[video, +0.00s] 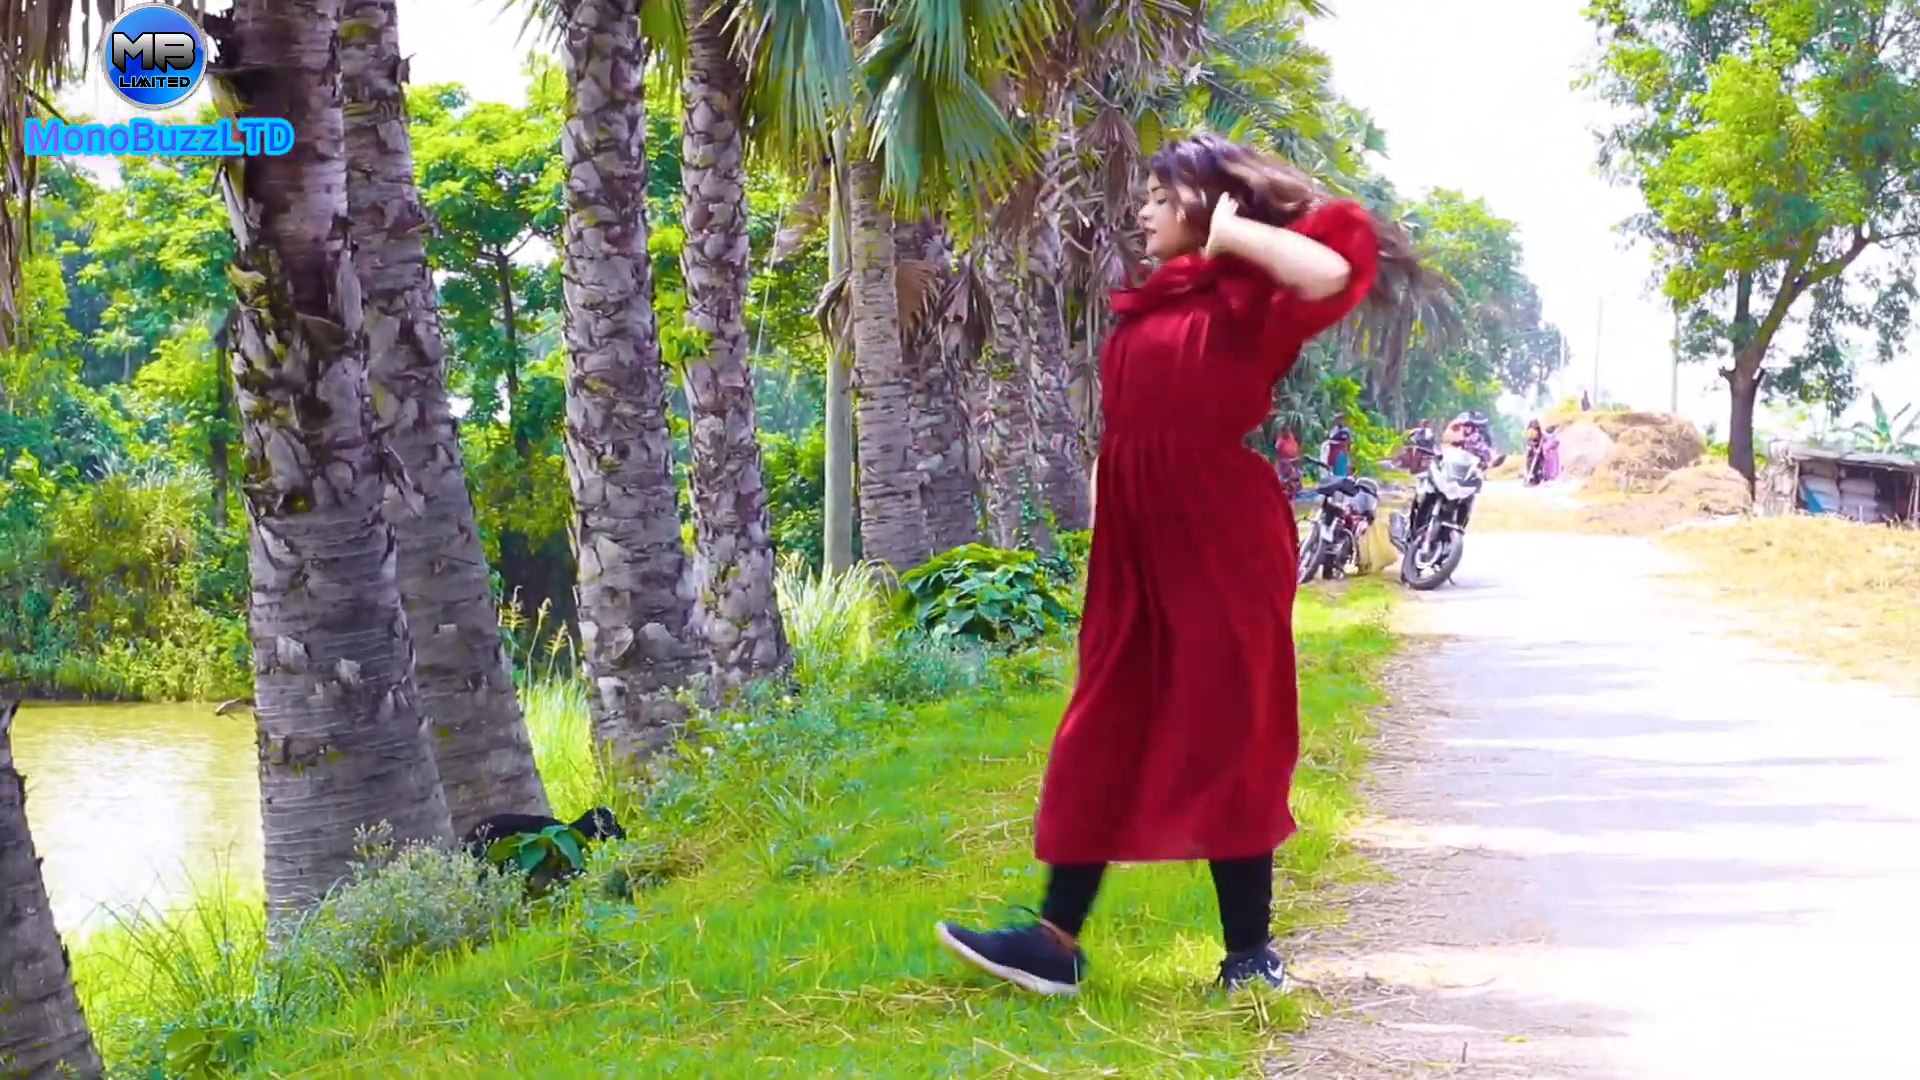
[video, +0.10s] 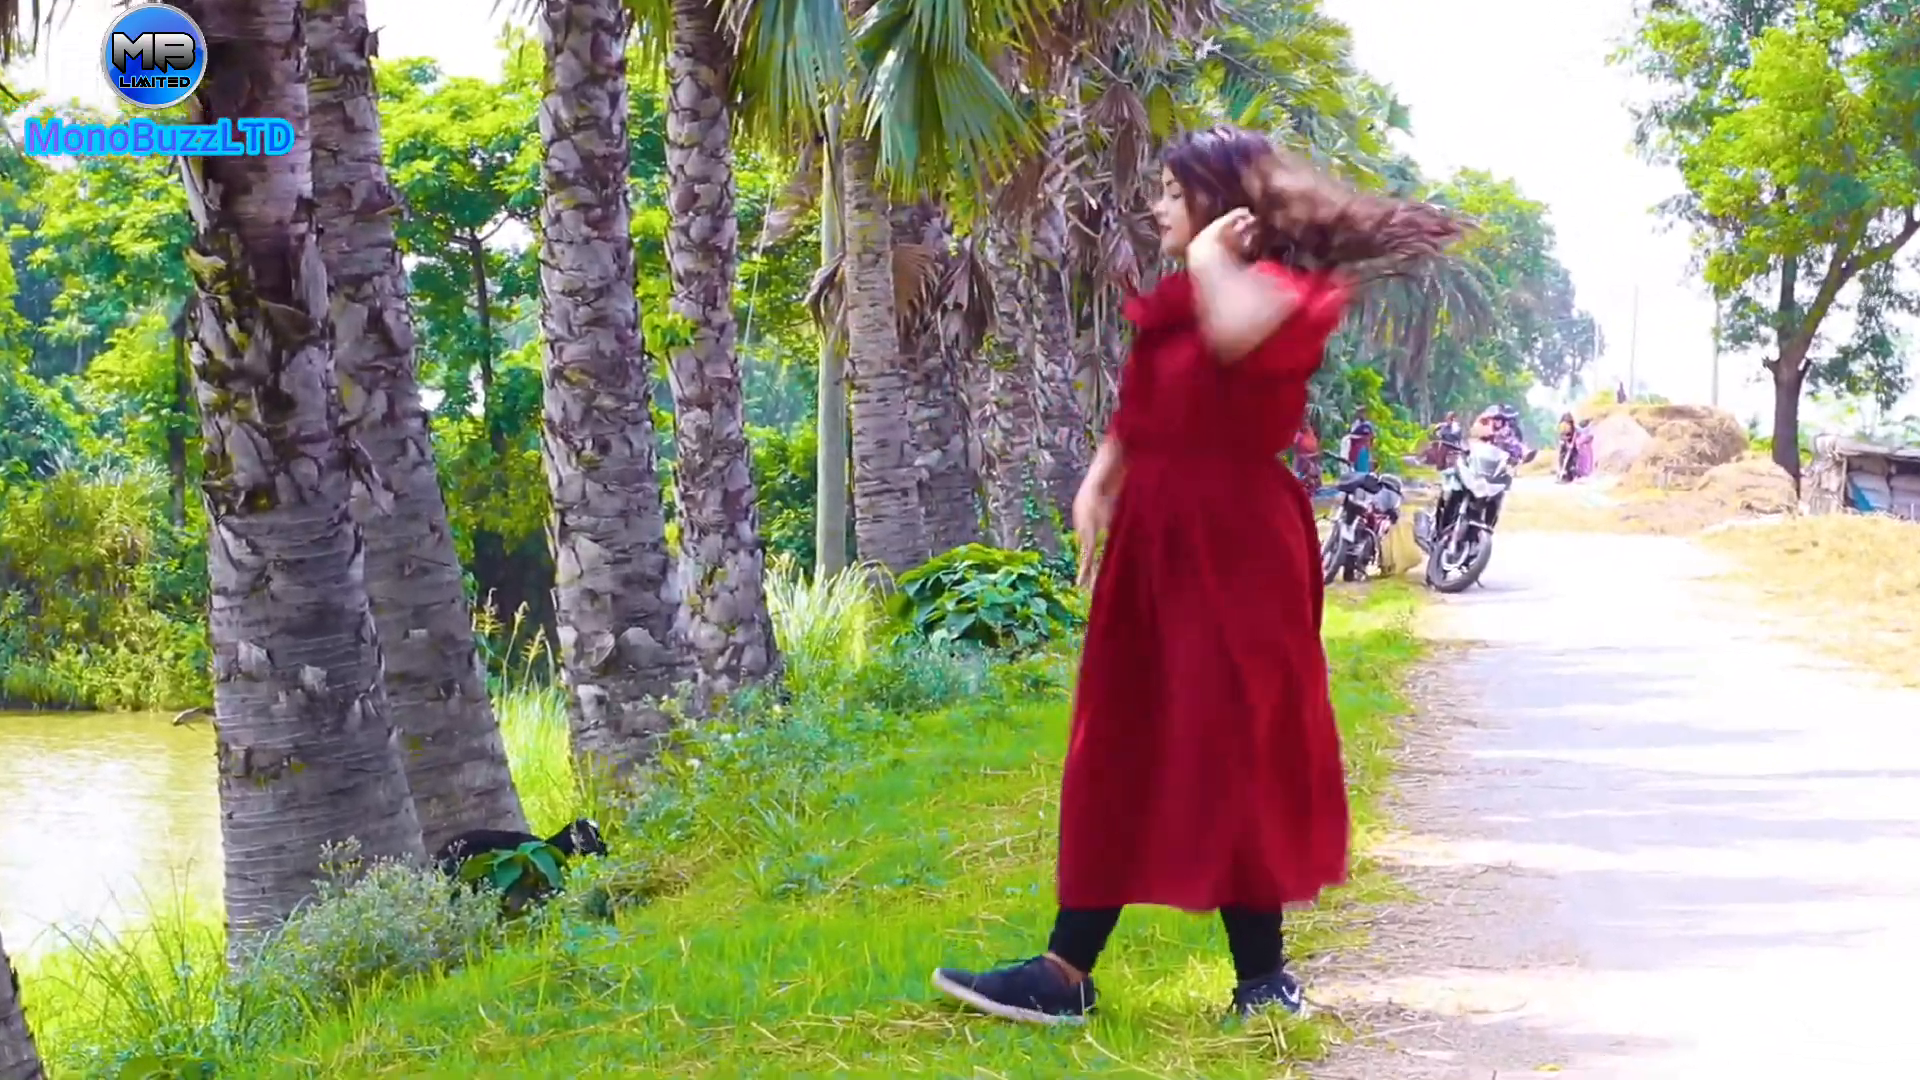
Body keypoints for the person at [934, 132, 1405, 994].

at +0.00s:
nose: (1141, 213)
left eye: (1159, 199)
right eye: (1144, 199)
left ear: (1210, 210)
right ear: (1164, 215)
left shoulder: (1249, 296)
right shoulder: (1144, 305)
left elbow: (1333, 276)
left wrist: (1232, 228)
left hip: (1225, 539)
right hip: (1134, 537)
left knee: (1231, 734)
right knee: (1100, 726)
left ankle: (1249, 957)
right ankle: (1055, 937)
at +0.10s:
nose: (1158, 208)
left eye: (1171, 194)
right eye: (1159, 195)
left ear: (1226, 204)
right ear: (1197, 210)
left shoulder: (1303, 291)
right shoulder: (1171, 301)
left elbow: (1237, 333)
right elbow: (1137, 411)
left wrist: (1211, 250)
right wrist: (1096, 482)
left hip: (1241, 550)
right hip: (1149, 544)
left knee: (1242, 752)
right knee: (1116, 747)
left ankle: (1263, 980)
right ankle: (1066, 969)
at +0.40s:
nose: (1108, 224)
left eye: (1123, 209)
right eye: (1109, 209)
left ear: (1175, 215)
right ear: (1133, 217)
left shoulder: (1233, 298)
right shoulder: (1101, 306)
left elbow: (1357, 301)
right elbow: (1068, 391)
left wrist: (1244, 238)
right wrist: (1039, 436)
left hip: (1181, 534)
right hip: (1078, 530)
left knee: (1205, 748)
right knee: (1036, 746)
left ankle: (1256, 975)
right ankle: (1006, 959)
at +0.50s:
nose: (1094, 237)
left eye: (1113, 223)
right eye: (1085, 223)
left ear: (1159, 237)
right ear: (1075, 239)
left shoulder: (1195, 342)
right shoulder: (1054, 335)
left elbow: (1318, 400)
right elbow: (980, 427)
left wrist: (1231, 319)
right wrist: (986, 469)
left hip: (1156, 567)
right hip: (1048, 563)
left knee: (1184, 763)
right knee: (1006, 760)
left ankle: (1247, 963)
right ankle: (1003, 955)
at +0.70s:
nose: (1137, 230)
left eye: (1139, 218)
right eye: (1119, 214)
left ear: (1138, 236)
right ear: (1062, 223)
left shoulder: (1152, 330)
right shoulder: (995, 305)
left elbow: (1209, 453)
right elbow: (952, 371)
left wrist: (1193, 471)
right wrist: (1049, 294)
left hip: (1126, 549)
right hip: (1014, 550)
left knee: (1169, 735)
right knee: (994, 736)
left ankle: (1219, 944)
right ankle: (1001, 954)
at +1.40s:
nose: (1175, 224)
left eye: (1180, 212)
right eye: (1151, 215)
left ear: (1192, 236)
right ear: (1103, 240)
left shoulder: (1225, 338)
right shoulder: (1060, 343)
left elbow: (1327, 456)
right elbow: (929, 377)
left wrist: (1283, 406)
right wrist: (1028, 325)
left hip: (1203, 580)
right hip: (1086, 580)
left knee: (1213, 777)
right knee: (1029, 767)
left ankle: (1252, 973)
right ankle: (1007, 966)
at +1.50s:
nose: (1155, 222)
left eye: (1175, 212)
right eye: (1139, 215)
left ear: (1209, 243)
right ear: (1117, 248)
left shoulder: (1249, 342)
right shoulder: (1082, 350)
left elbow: (1291, 437)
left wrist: (1235, 313)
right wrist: (1035, 446)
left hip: (1213, 553)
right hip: (1105, 551)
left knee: (1220, 750)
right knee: (1045, 744)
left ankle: (1246, 955)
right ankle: (1013, 945)